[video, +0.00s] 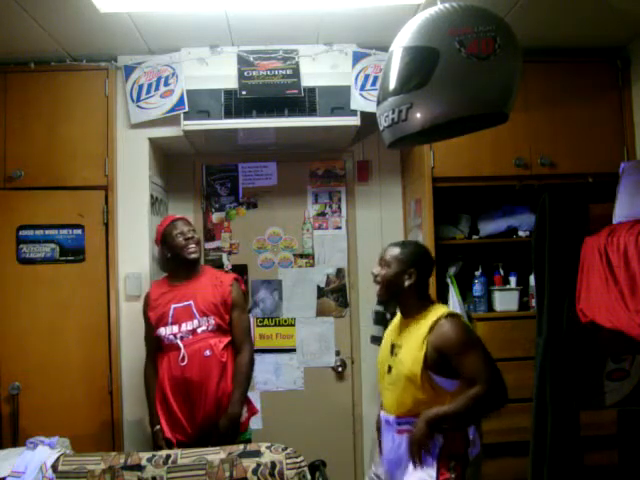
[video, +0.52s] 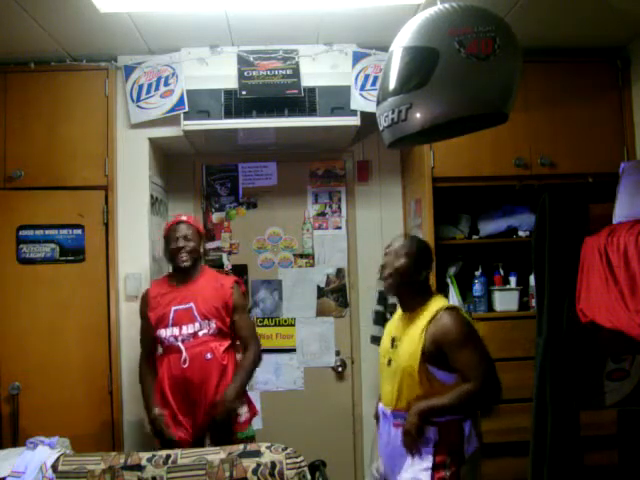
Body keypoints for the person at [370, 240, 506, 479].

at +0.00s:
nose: (375, 273)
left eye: (384, 266)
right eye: (378, 265)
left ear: (409, 277)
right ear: (407, 278)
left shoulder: (448, 329)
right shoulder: (398, 321)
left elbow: (493, 390)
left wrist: (430, 418)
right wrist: (384, 416)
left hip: (432, 456)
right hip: (392, 450)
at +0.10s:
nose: (375, 268)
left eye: (383, 262)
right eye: (378, 261)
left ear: (408, 272)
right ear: (406, 273)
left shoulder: (446, 323)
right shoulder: (397, 321)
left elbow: (489, 383)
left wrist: (424, 407)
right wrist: (382, 409)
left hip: (429, 456)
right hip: (390, 451)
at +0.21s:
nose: (373, 279)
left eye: (382, 272)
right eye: (377, 271)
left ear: (406, 284)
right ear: (404, 284)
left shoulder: (446, 332)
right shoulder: (400, 330)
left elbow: (487, 396)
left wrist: (423, 416)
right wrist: (385, 419)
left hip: (431, 464)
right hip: (393, 460)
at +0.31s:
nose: (372, 288)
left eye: (381, 281)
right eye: (376, 279)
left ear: (406, 294)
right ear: (406, 295)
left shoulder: (448, 344)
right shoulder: (402, 335)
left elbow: (490, 408)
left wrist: (425, 429)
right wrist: (385, 423)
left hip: (431, 467)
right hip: (393, 460)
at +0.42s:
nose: (374, 281)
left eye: (385, 275)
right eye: (379, 273)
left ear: (408, 290)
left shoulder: (450, 340)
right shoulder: (400, 332)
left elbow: (490, 406)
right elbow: (403, 388)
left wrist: (425, 425)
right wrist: (384, 416)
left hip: (431, 463)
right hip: (392, 454)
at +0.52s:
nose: (382, 268)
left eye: (392, 258)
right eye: (384, 258)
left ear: (420, 268)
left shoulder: (447, 322)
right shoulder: (399, 317)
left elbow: (486, 387)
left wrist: (420, 408)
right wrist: (385, 407)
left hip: (432, 451)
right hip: (393, 446)